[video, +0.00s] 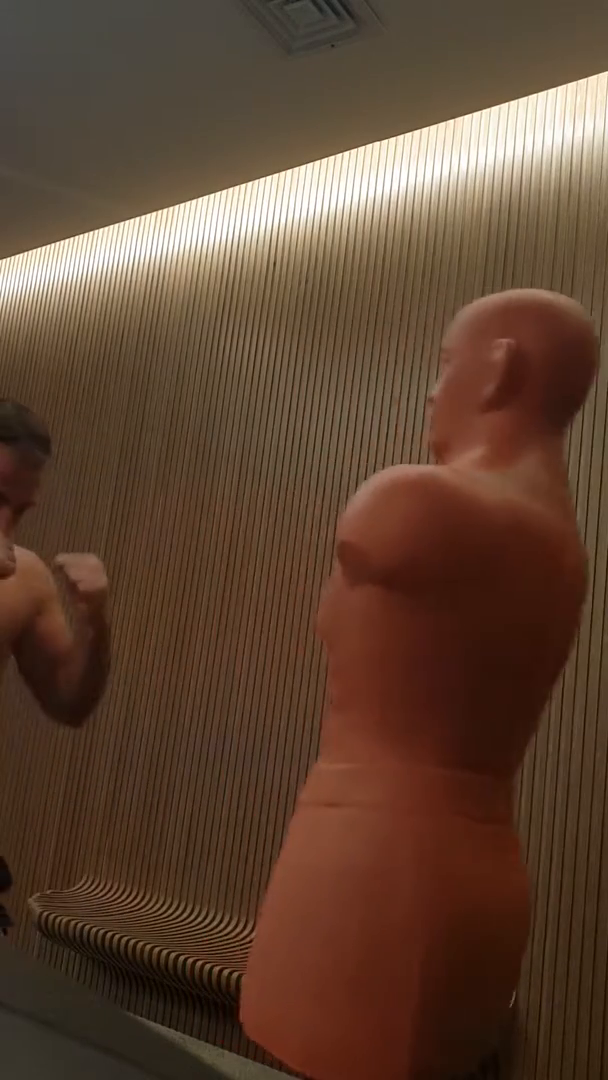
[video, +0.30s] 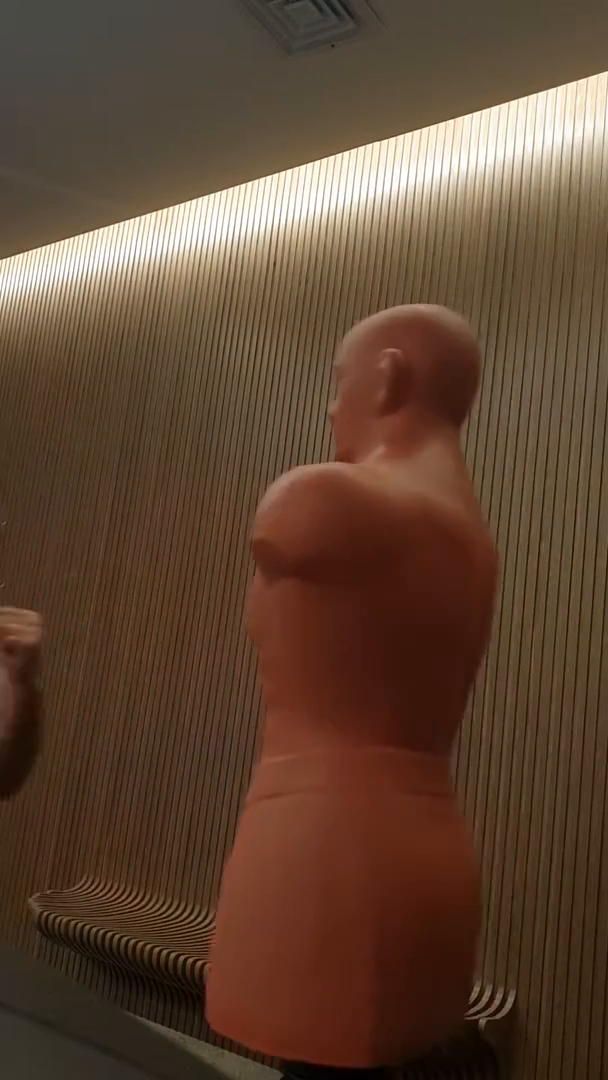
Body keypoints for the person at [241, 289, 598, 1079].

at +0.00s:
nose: (435, 391)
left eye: (447, 365)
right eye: (440, 366)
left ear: (498, 374)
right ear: (559, 400)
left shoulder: (414, 505)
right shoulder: (559, 548)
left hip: (368, 881)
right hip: (477, 871)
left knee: (313, 1063)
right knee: (435, 1065)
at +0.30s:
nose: (333, 411)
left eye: (341, 383)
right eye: (335, 386)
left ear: (390, 380)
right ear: (459, 403)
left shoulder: (318, 502)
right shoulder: (474, 540)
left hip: (319, 860)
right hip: (427, 847)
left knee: (282, 1064)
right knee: (391, 1060)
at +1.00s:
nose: (345, 401)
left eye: (354, 376)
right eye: (347, 378)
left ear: (404, 376)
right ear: (467, 398)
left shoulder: (332, 501)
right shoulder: (479, 528)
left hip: (332, 859)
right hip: (434, 846)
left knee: (293, 1063)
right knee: (404, 1063)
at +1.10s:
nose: (352, 400)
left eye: (362, 374)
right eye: (355, 377)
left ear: (414, 374)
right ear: (476, 397)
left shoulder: (334, 500)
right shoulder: (488, 531)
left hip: (331, 857)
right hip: (437, 847)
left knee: (294, 1061)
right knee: (402, 1062)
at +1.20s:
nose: (373, 396)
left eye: (384, 371)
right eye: (377, 373)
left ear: (437, 374)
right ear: (492, 396)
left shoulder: (354, 502)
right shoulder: (505, 534)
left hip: (342, 861)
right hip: (449, 852)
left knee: (290, 1064)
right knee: (415, 1064)